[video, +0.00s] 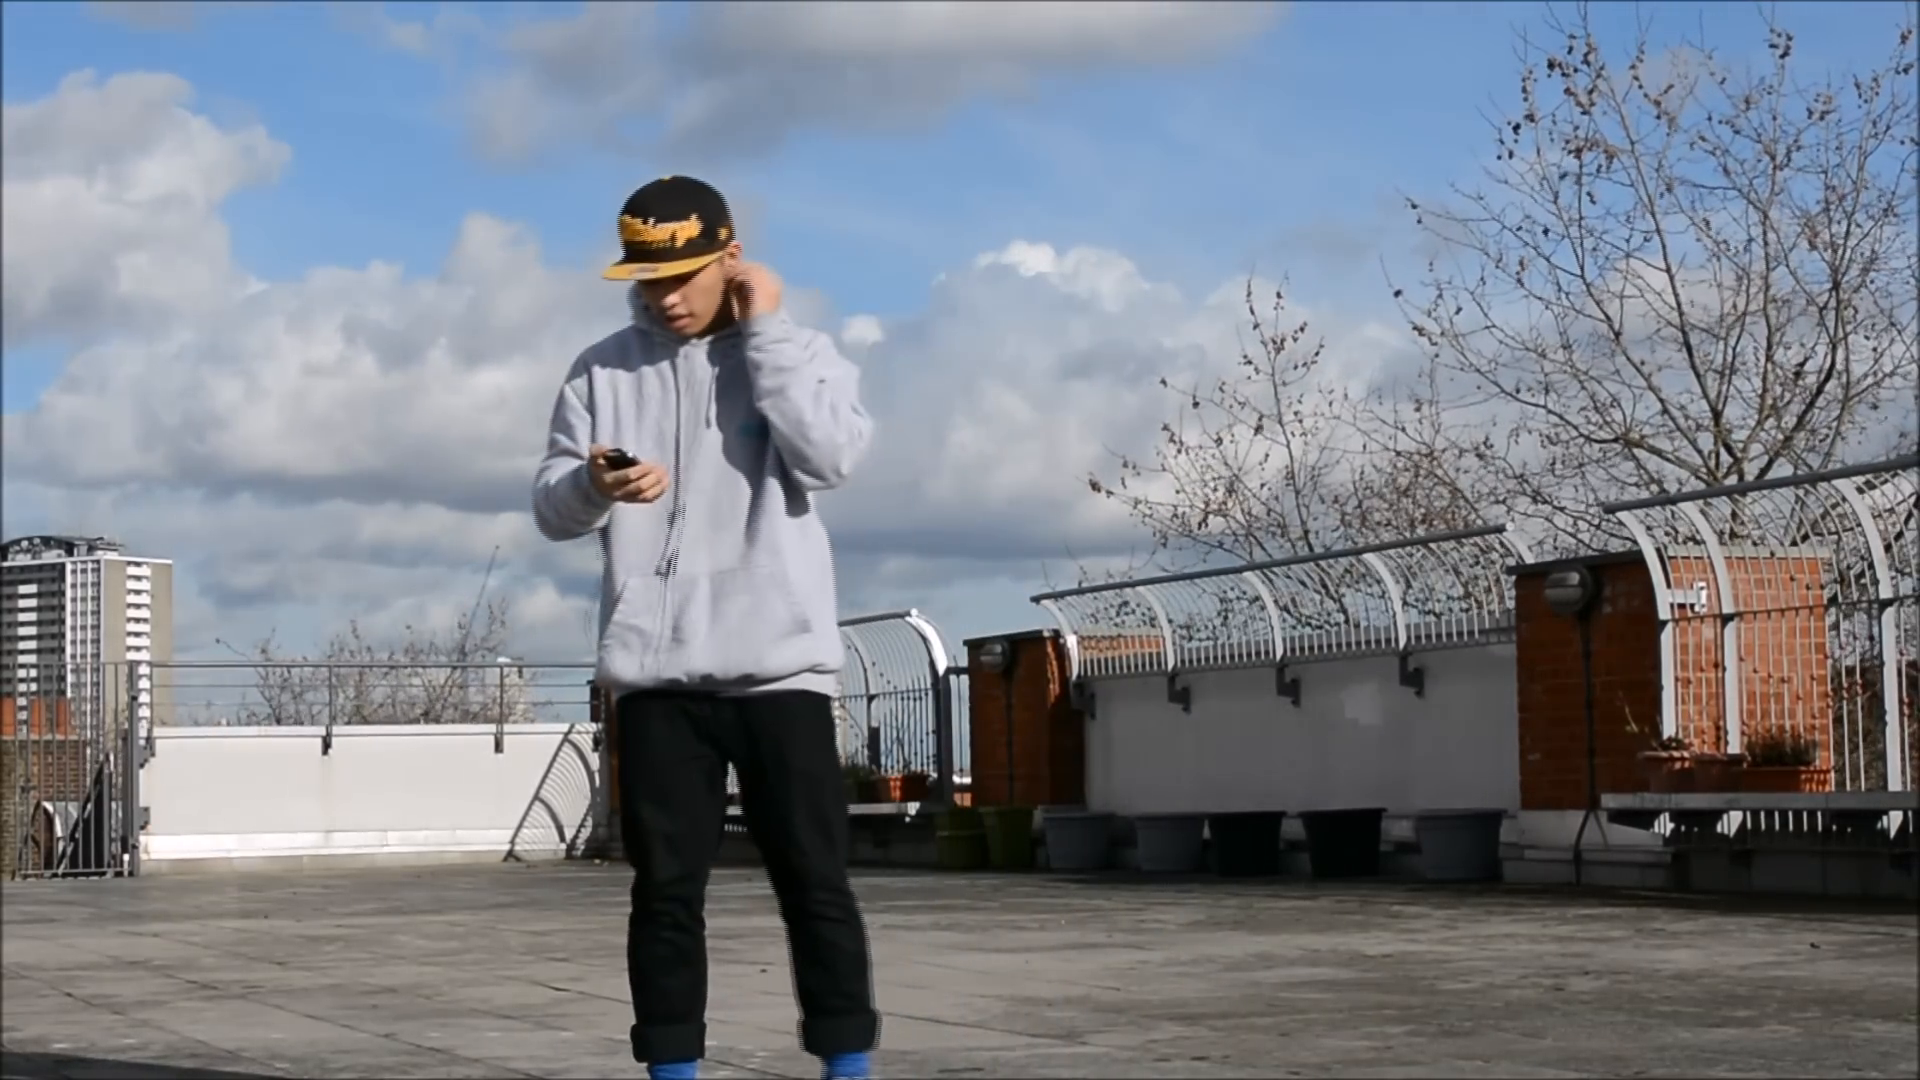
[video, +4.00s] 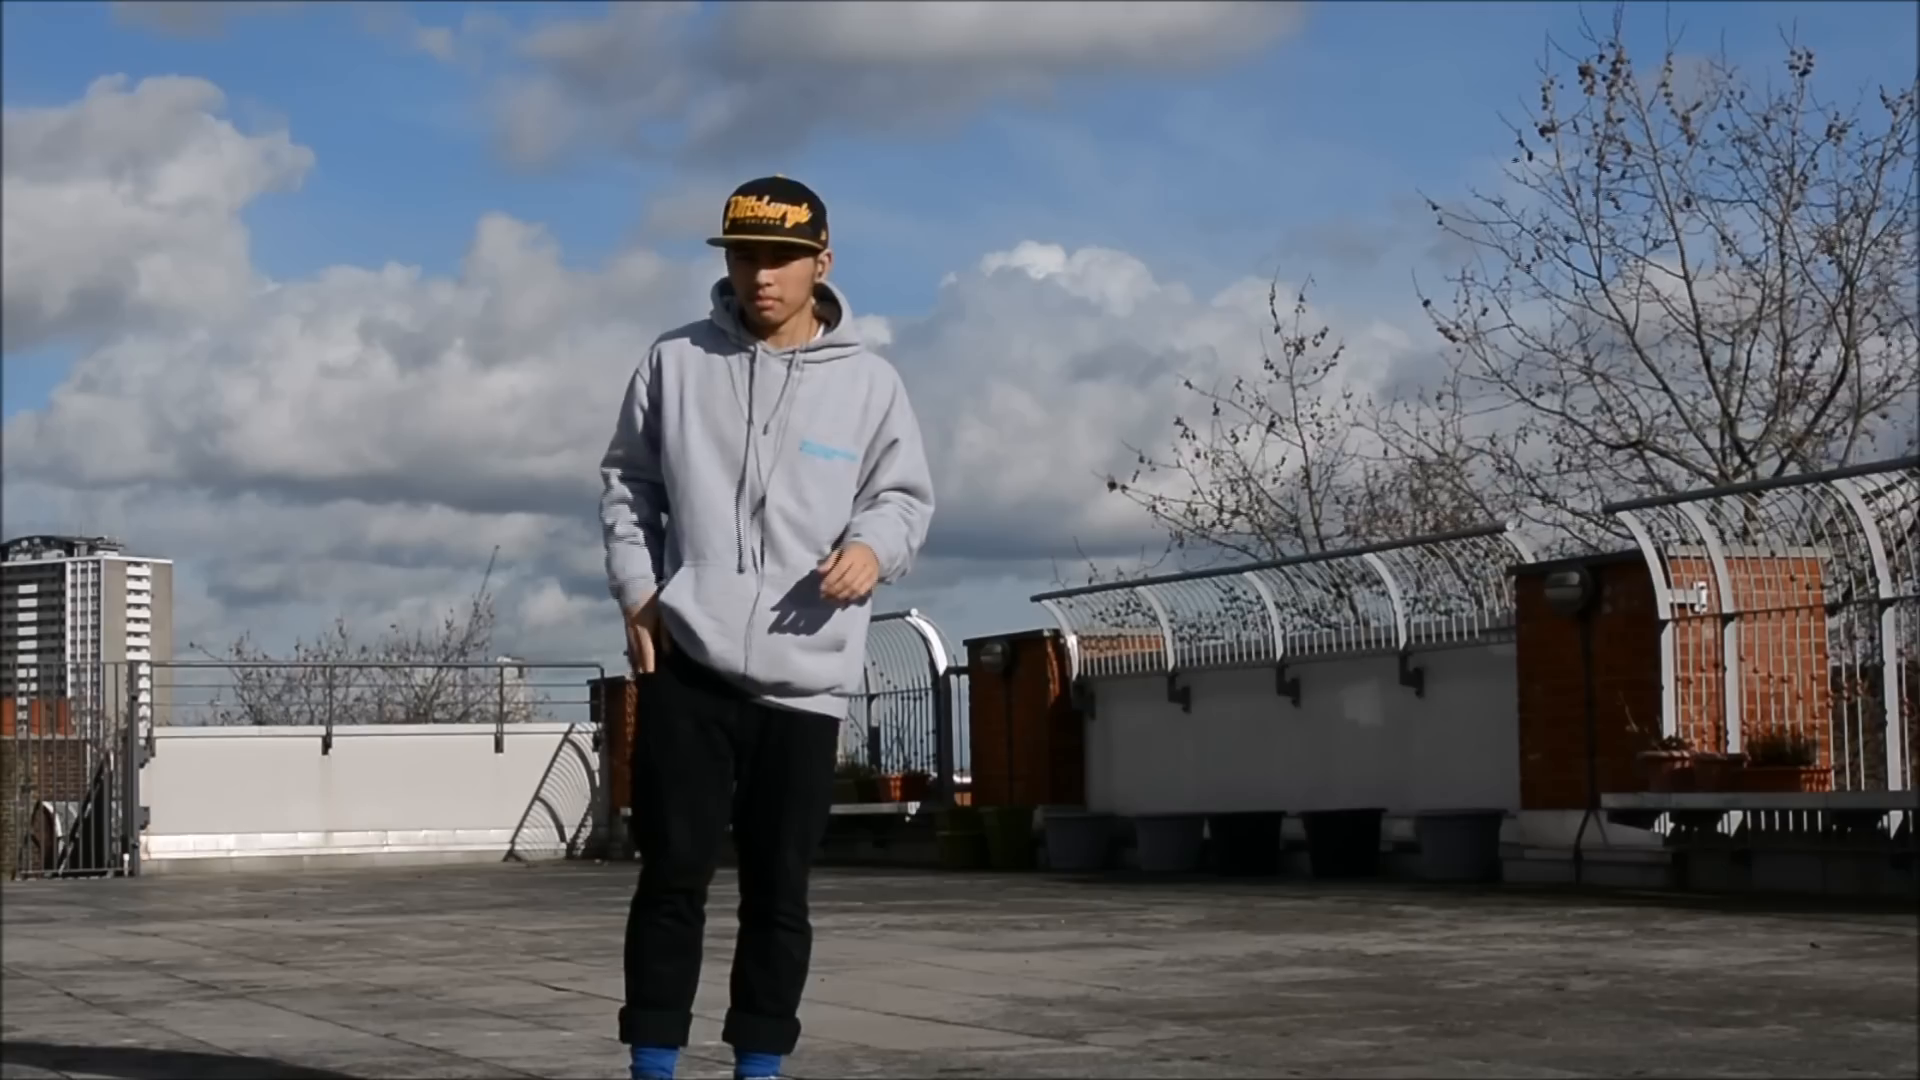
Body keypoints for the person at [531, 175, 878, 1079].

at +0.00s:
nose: (665, 300)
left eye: (682, 279)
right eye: (647, 283)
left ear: (730, 257)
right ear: (628, 272)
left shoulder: (793, 350)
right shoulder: (600, 371)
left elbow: (831, 457)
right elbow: (551, 510)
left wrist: (765, 328)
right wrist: (596, 486)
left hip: (780, 662)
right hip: (654, 667)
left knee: (813, 878)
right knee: (665, 884)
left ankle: (846, 1062)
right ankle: (672, 1068)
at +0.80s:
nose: (736, 331)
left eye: (753, 315)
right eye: (719, 316)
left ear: (787, 292)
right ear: (694, 297)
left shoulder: (844, 381)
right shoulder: (649, 385)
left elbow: (885, 522)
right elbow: (611, 519)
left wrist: (843, 449)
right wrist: (676, 502)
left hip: (799, 678)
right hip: (683, 675)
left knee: (780, 882)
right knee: (680, 876)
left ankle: (763, 1061)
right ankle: (668, 1060)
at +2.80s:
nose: (761, 301)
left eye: (779, 285)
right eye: (746, 283)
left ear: (819, 278)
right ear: (726, 277)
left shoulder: (867, 389)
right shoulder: (665, 376)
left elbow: (908, 505)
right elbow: (595, 489)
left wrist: (857, 546)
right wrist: (596, 609)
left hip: (805, 678)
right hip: (684, 669)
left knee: (779, 883)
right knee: (673, 875)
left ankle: (760, 1062)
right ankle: (654, 1061)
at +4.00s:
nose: (761, 276)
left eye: (782, 258)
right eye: (746, 258)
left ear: (819, 264)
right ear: (727, 263)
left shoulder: (870, 380)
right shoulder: (673, 362)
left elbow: (904, 495)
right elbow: (625, 483)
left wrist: (873, 546)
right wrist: (638, 590)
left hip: (805, 672)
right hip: (686, 659)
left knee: (780, 884)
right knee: (673, 872)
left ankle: (762, 1063)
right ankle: (653, 1062)